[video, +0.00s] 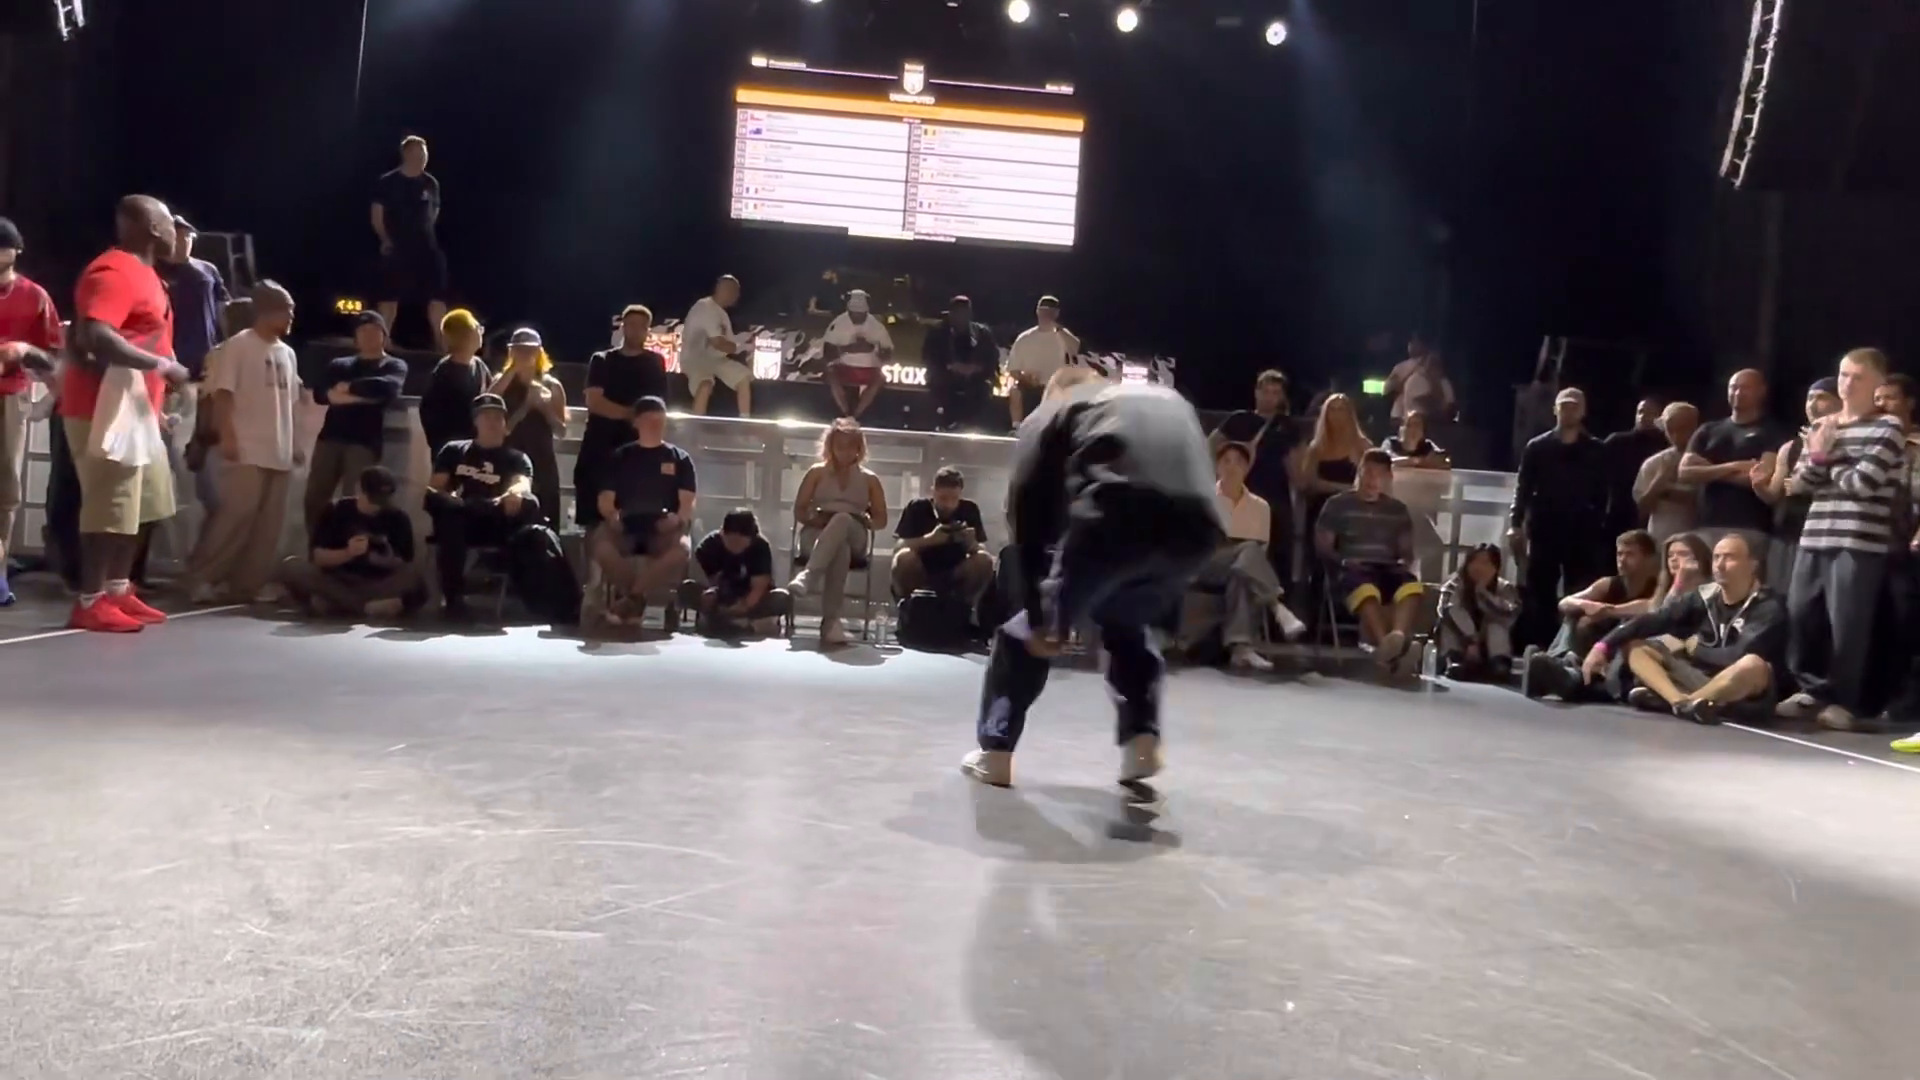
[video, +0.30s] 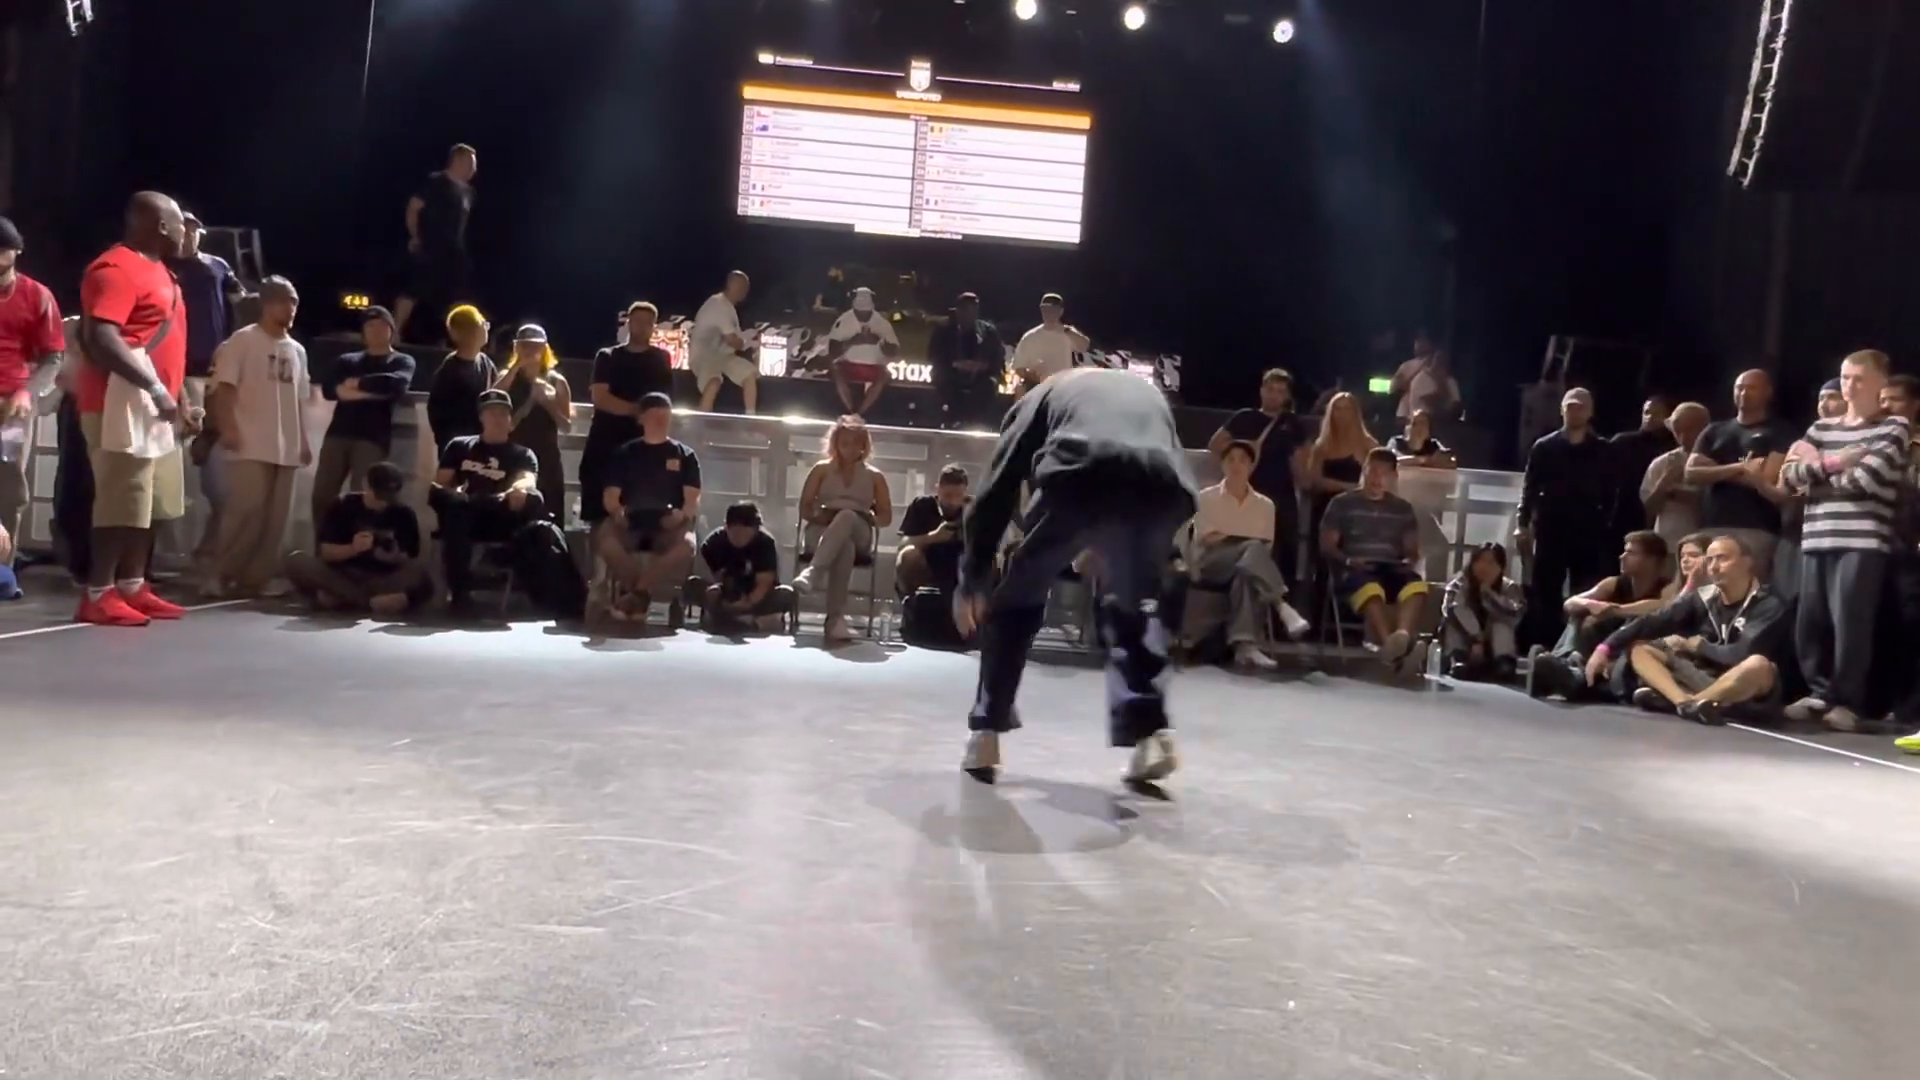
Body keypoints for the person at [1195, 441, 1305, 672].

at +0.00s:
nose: (1231, 466)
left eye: (1238, 461)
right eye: (1226, 460)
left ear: (1246, 468)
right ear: (1217, 466)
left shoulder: (1260, 507)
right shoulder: (1205, 499)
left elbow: (1259, 548)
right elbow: (1199, 545)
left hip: (1246, 569)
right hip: (1207, 566)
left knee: (1240, 577)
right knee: (1250, 550)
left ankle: (1242, 647)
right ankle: (1278, 607)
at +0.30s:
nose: (1237, 466)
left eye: (1243, 460)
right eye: (1231, 460)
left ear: (1251, 467)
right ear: (1223, 465)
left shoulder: (1265, 505)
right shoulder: (1206, 498)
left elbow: (1265, 545)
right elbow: (1206, 540)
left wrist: (1225, 537)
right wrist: (1252, 541)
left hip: (1250, 566)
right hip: (1211, 563)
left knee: (1244, 576)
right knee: (1254, 548)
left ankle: (1246, 646)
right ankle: (1282, 606)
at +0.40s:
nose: (1238, 465)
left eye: (1245, 460)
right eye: (1233, 459)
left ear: (1253, 466)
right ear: (1224, 464)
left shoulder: (1267, 505)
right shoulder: (1206, 497)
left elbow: (1265, 546)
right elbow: (1200, 541)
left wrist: (1227, 538)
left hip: (1251, 567)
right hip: (1211, 564)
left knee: (1247, 574)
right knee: (1255, 548)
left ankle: (1248, 645)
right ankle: (1284, 606)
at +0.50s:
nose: (1240, 465)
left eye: (1247, 459)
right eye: (1235, 459)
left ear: (1256, 466)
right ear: (1227, 464)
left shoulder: (1269, 505)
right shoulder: (1209, 498)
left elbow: (1269, 545)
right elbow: (1213, 539)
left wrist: (1229, 536)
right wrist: (1257, 540)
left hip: (1256, 565)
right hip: (1218, 562)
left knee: (1249, 575)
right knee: (1258, 548)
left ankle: (1250, 643)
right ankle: (1286, 605)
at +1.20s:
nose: (1252, 460)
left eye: (1258, 455)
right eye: (1248, 454)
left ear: (1266, 460)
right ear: (1240, 457)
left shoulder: (1278, 497)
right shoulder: (1220, 488)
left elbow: (1279, 539)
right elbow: (1221, 531)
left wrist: (1238, 529)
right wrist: (1268, 533)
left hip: (1264, 558)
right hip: (1224, 553)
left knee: (1257, 571)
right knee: (1269, 540)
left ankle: (1259, 639)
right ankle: (1295, 599)